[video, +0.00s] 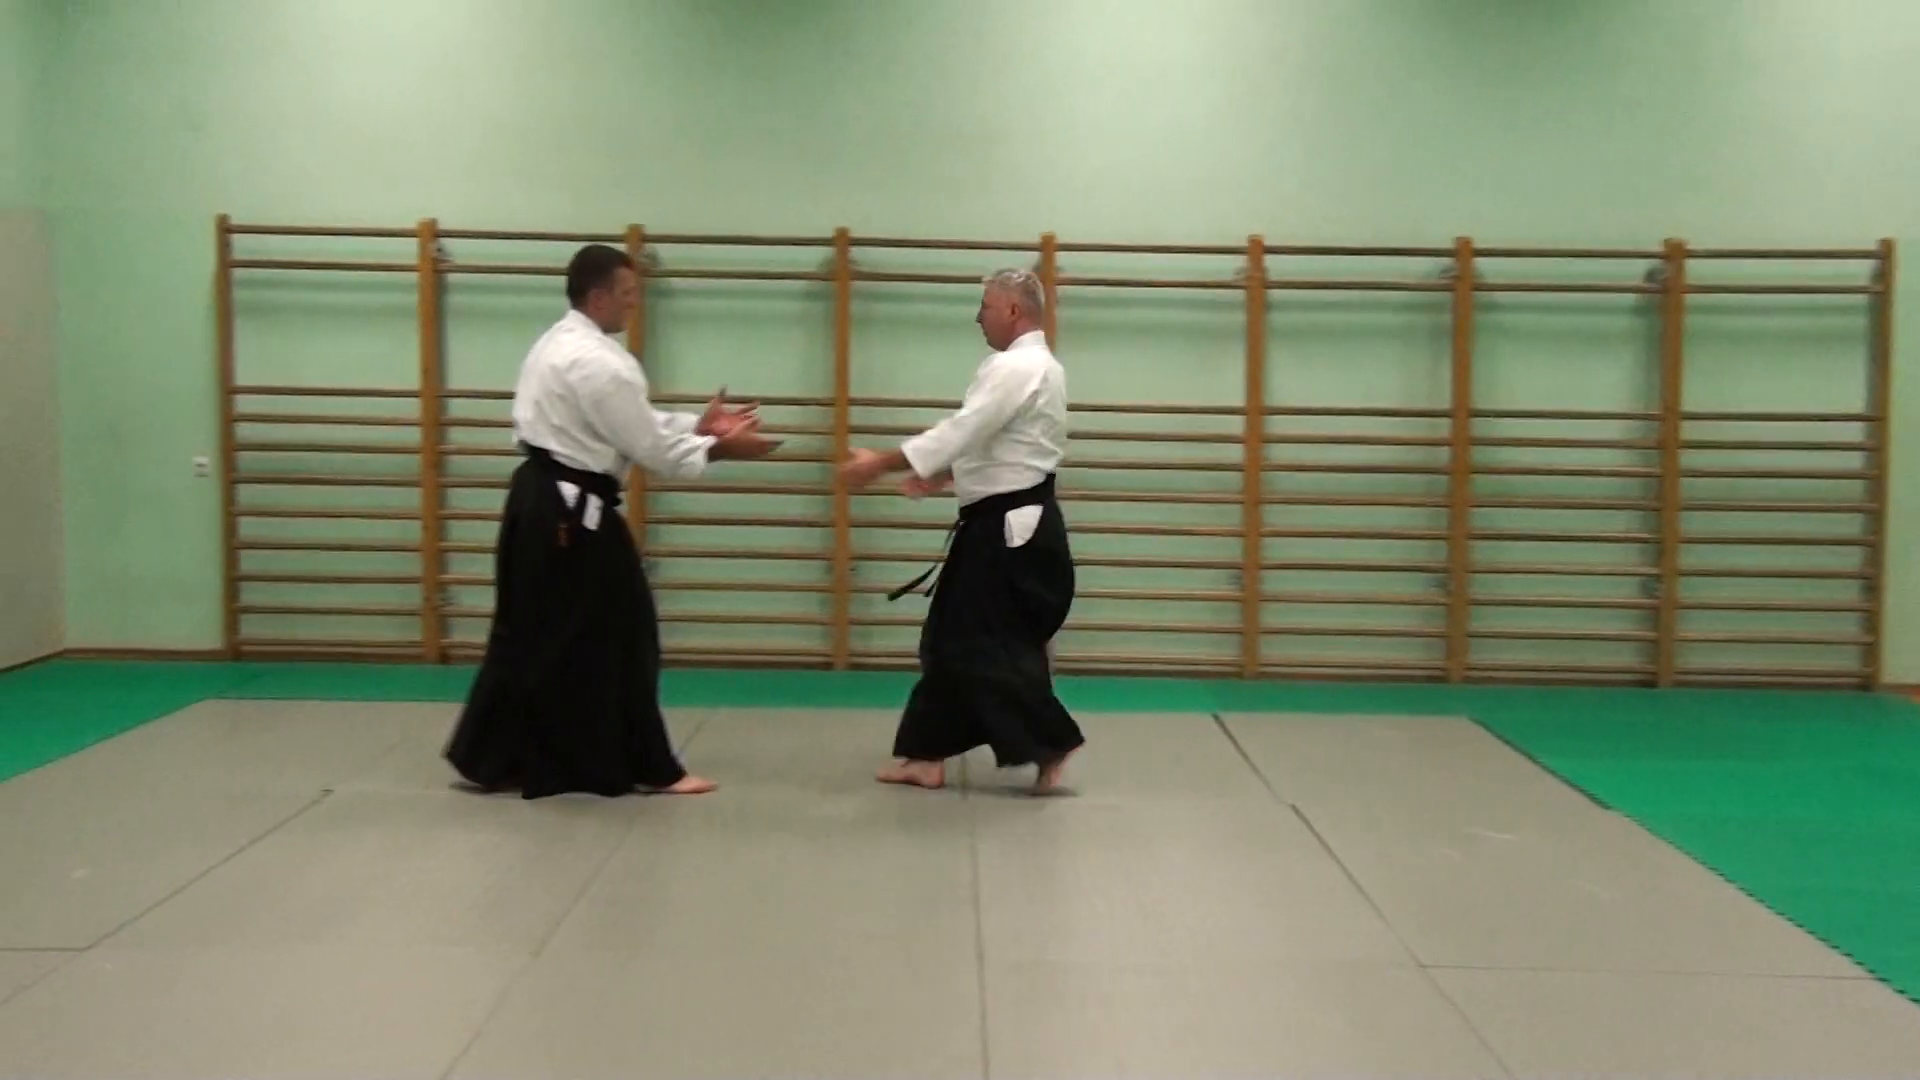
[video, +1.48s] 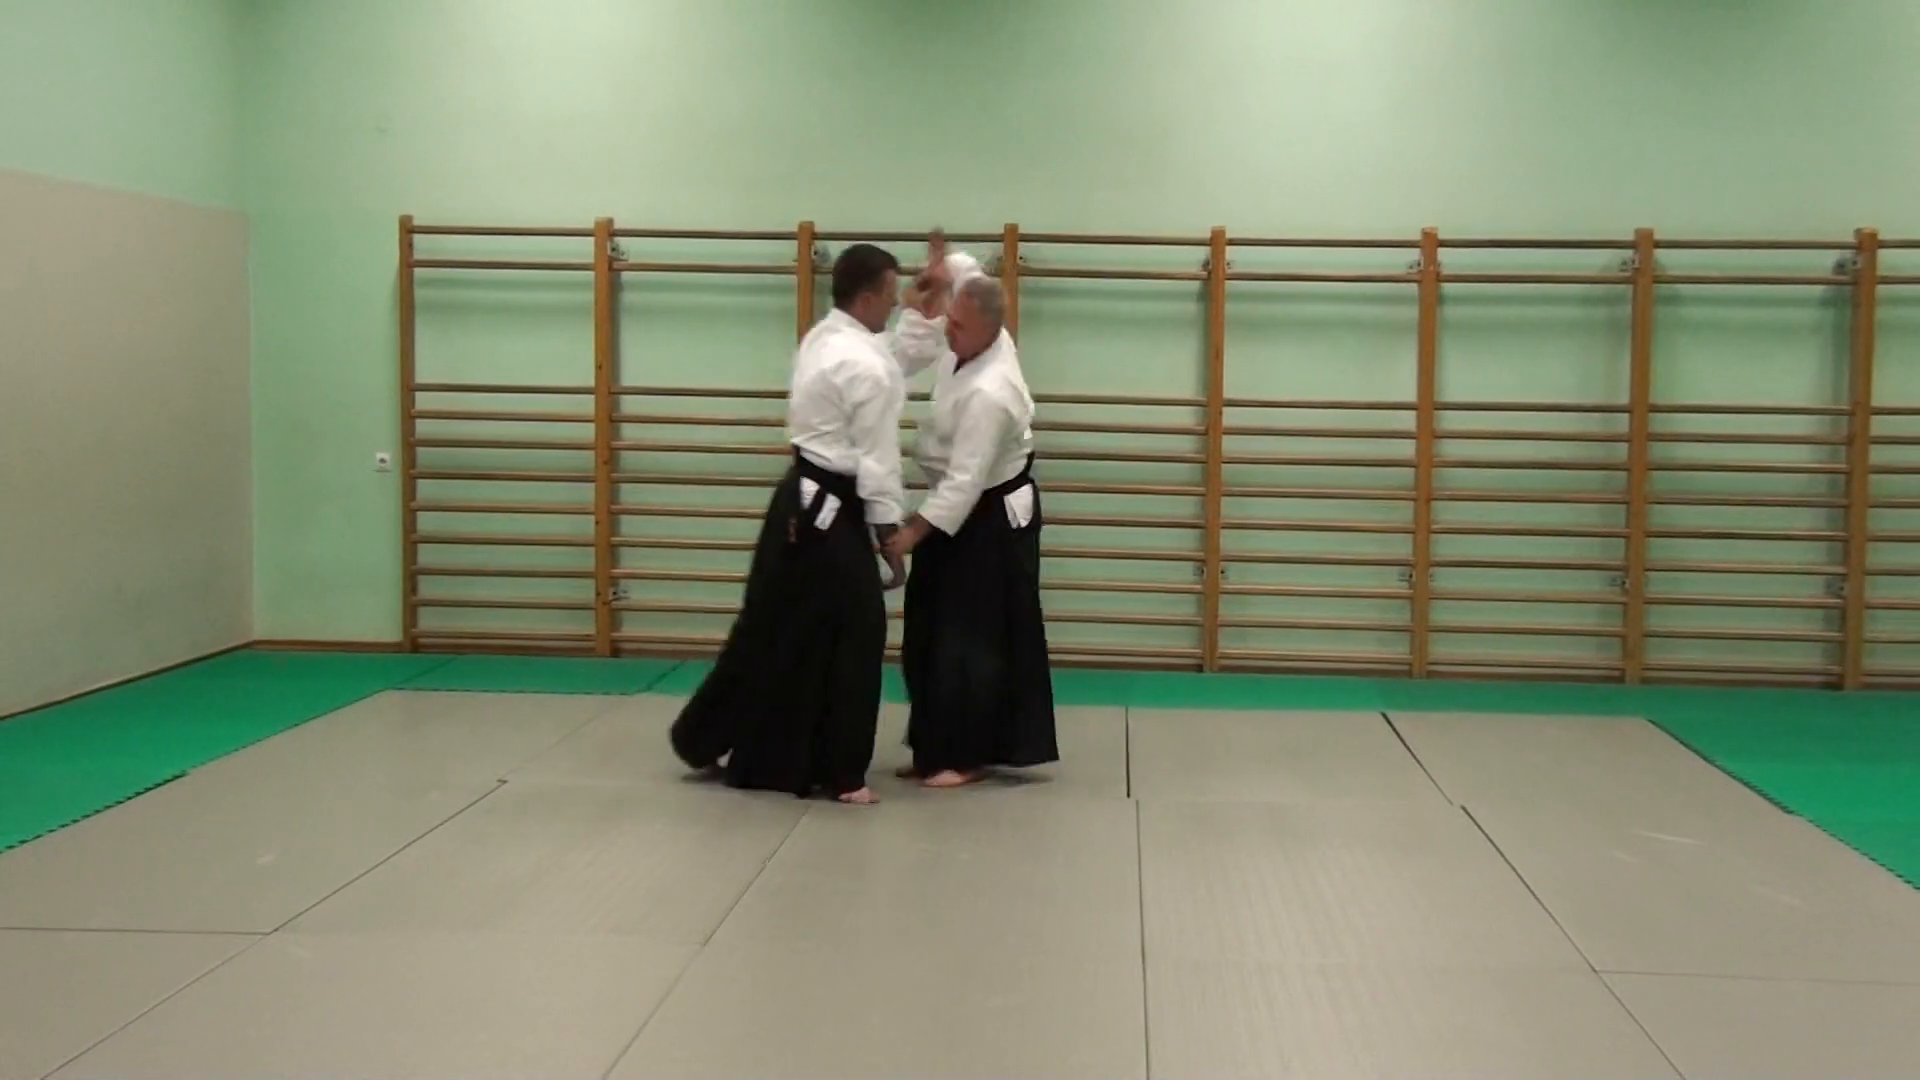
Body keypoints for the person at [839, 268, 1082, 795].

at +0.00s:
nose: (979, 317)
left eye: (985, 307)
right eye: (981, 308)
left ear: (1012, 310)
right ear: (1021, 311)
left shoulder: (1015, 368)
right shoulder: (1040, 365)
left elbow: (960, 433)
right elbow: (1007, 453)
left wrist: (884, 459)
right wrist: (939, 480)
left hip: (1004, 524)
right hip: (1017, 518)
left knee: (960, 637)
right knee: (961, 637)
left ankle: (1053, 741)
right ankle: (925, 755)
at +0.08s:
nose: (976, 321)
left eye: (982, 311)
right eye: (978, 311)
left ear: (1008, 315)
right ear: (1015, 316)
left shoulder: (1009, 375)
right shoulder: (1030, 370)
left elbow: (941, 430)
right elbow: (966, 441)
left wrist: (855, 444)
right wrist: (905, 463)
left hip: (1001, 527)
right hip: (1014, 522)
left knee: (937, 622)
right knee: (960, 628)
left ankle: (1009, 730)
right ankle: (940, 757)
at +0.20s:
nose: (966, 316)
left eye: (972, 306)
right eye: (968, 306)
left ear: (998, 311)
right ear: (1007, 312)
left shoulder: (998, 370)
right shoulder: (1019, 366)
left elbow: (925, 418)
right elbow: (940, 431)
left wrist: (843, 427)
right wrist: (865, 443)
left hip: (994, 525)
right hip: (1014, 522)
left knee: (912, 622)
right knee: (974, 643)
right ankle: (973, 761)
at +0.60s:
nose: (973, 300)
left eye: (979, 290)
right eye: (974, 290)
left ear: (1006, 293)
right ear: (1015, 294)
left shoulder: (1005, 353)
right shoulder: (1042, 344)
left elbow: (959, 431)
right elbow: (982, 406)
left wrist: (910, 459)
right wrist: (927, 423)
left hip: (1012, 508)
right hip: (1048, 499)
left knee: (973, 627)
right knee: (1031, 628)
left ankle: (982, 758)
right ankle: (1042, 749)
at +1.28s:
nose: (944, 304)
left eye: (951, 297)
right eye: (946, 295)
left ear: (980, 303)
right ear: (985, 302)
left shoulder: (975, 362)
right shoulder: (1002, 337)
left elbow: (932, 444)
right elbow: (936, 350)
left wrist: (877, 495)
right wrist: (889, 355)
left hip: (993, 511)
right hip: (1021, 500)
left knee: (964, 630)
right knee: (1016, 629)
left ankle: (971, 758)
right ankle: (1020, 756)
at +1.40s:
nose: (938, 318)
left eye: (946, 311)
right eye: (939, 309)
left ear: (977, 315)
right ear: (976, 313)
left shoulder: (981, 379)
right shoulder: (987, 342)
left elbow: (951, 470)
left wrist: (897, 522)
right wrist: (910, 293)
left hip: (989, 511)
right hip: (1007, 500)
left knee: (948, 623)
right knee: (992, 624)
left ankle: (964, 756)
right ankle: (996, 749)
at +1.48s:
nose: (947, 331)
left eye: (959, 325)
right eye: (947, 320)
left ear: (989, 326)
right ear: (951, 312)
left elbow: (966, 479)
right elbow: (970, 287)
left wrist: (917, 531)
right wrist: (945, 268)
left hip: (991, 513)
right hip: (961, 503)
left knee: (973, 630)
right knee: (934, 623)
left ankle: (972, 755)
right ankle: (936, 748)